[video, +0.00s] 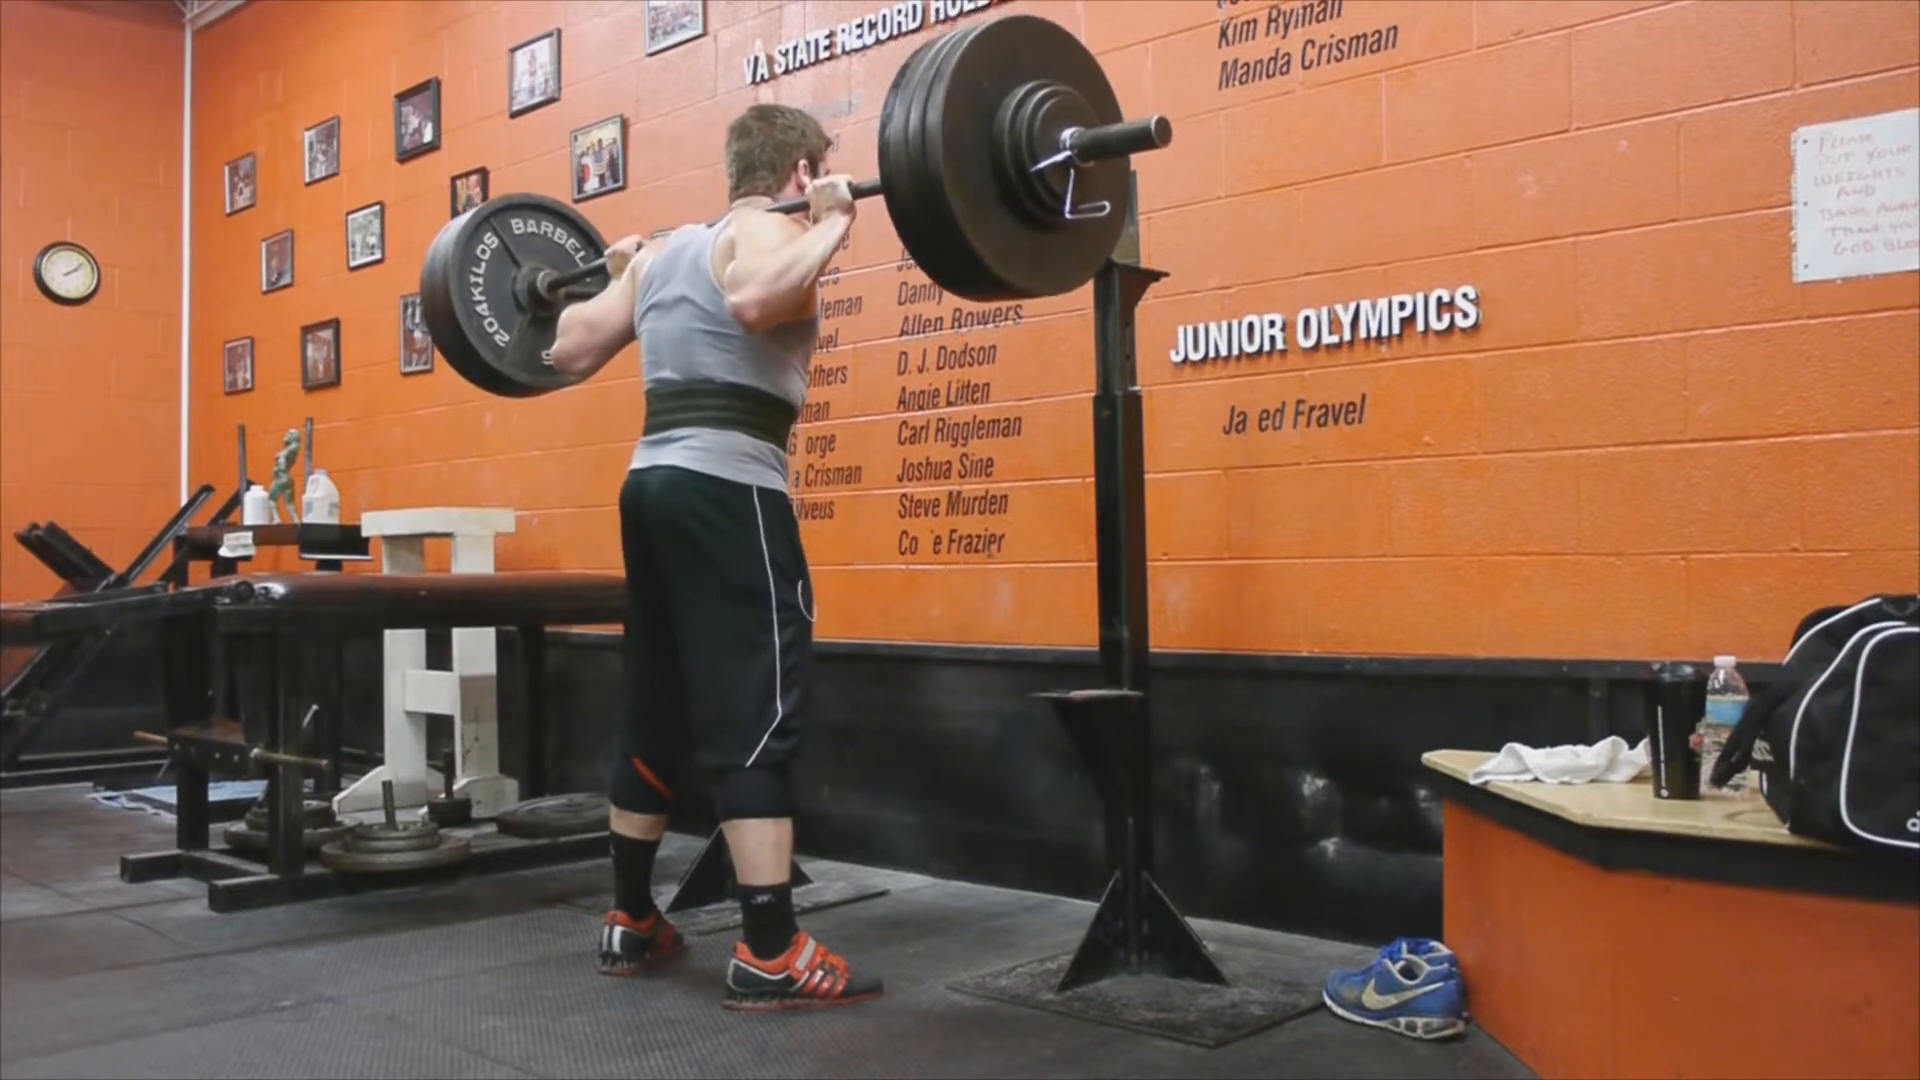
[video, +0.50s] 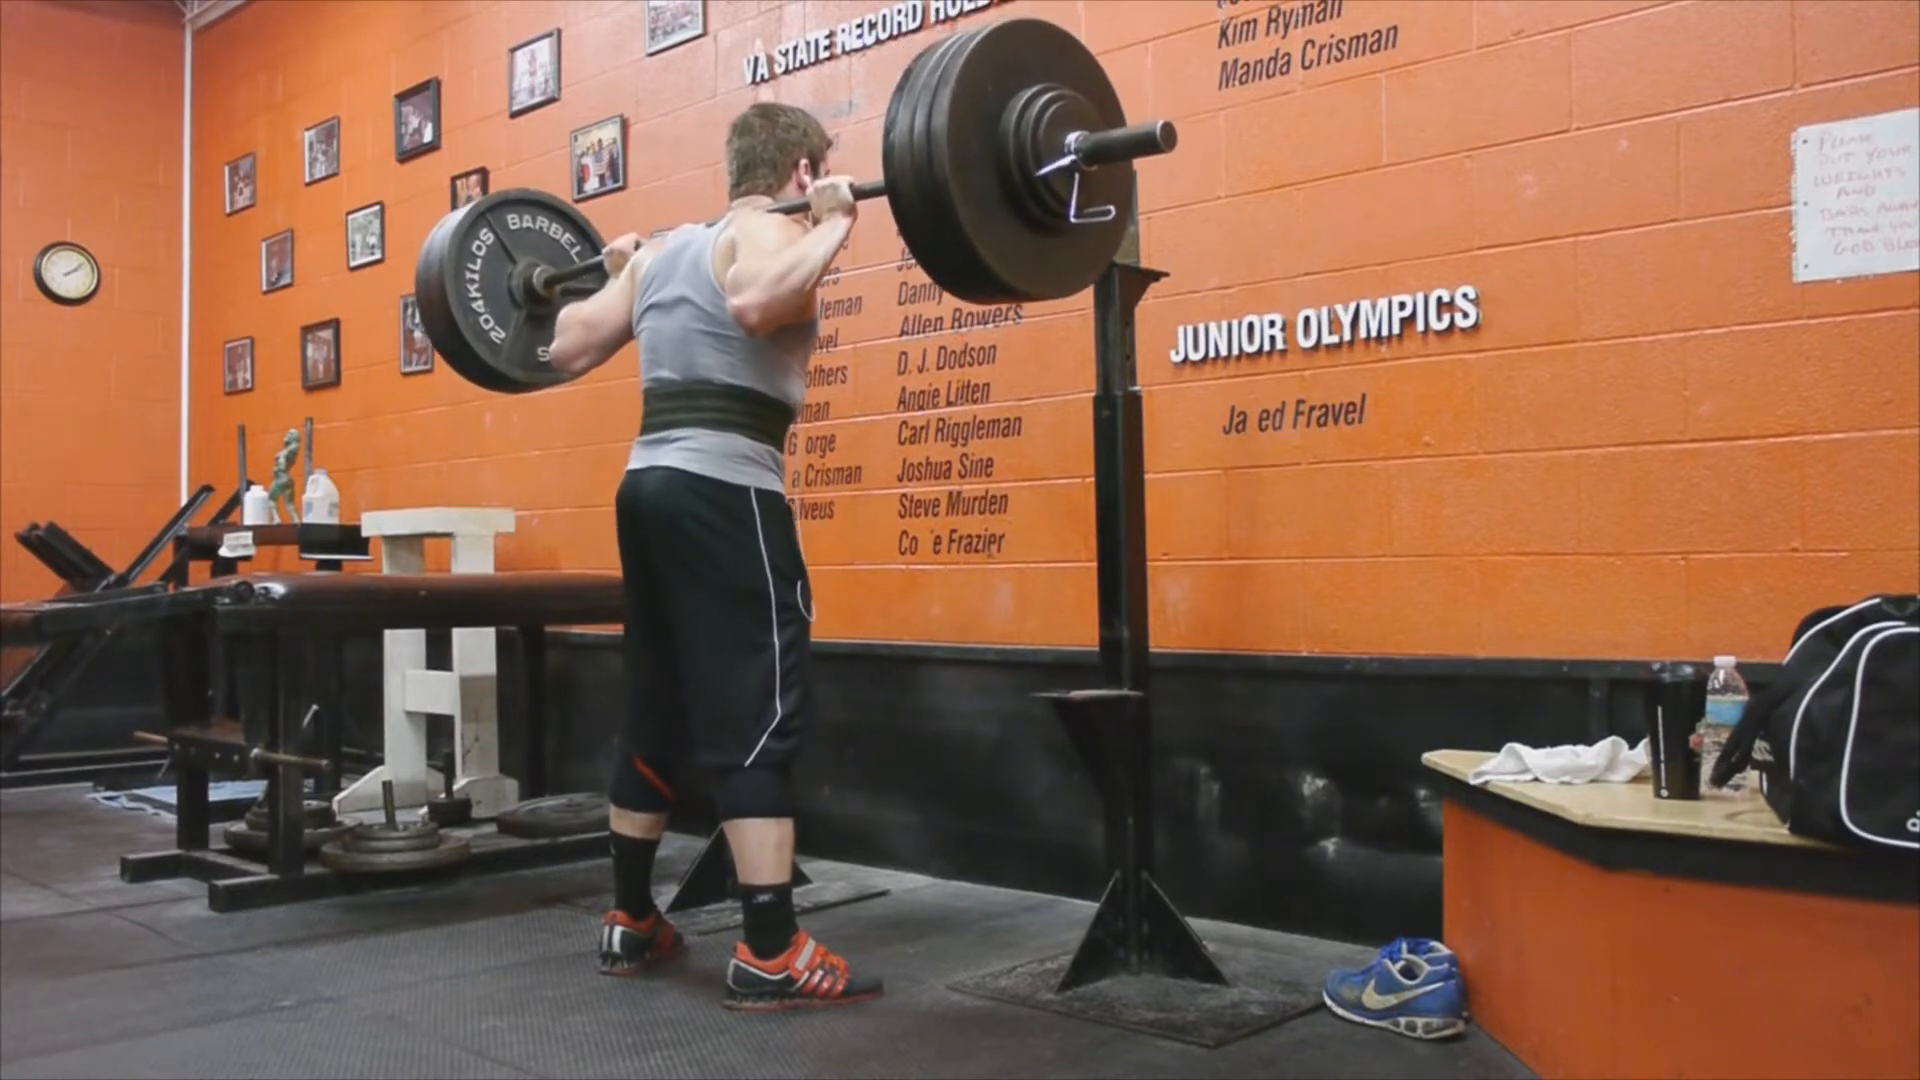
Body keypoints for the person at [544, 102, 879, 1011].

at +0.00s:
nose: (825, 191)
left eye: (825, 175)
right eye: (823, 175)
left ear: (736, 174)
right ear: (799, 170)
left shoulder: (664, 253)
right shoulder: (772, 226)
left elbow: (566, 350)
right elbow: (752, 300)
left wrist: (611, 274)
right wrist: (833, 226)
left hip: (652, 485)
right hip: (728, 486)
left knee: (658, 709)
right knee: (755, 714)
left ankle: (631, 920)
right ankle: (770, 947)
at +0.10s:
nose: (825, 192)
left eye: (825, 175)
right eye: (823, 176)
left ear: (736, 175)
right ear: (799, 171)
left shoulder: (665, 252)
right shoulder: (774, 227)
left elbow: (566, 349)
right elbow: (752, 301)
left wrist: (610, 273)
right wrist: (834, 227)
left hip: (653, 485)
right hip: (729, 487)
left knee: (658, 709)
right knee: (756, 714)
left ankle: (631, 920)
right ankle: (770, 946)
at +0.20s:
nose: (827, 191)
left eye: (827, 175)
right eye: (825, 175)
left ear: (736, 174)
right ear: (800, 169)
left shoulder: (664, 251)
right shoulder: (775, 226)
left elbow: (566, 349)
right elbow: (753, 302)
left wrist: (608, 272)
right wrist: (834, 228)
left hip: (654, 484)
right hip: (730, 487)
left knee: (659, 708)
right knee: (757, 712)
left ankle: (631, 920)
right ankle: (770, 946)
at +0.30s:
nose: (825, 190)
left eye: (825, 174)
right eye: (823, 175)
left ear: (735, 173)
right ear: (799, 169)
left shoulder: (664, 252)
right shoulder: (775, 227)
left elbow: (566, 349)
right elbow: (753, 303)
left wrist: (607, 273)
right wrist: (834, 228)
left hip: (654, 486)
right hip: (730, 488)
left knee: (660, 709)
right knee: (758, 713)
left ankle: (631, 920)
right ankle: (770, 946)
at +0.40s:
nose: (824, 189)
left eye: (823, 174)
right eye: (822, 174)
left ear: (735, 172)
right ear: (799, 169)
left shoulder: (663, 252)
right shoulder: (772, 226)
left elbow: (565, 349)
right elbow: (754, 304)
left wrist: (608, 273)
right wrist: (833, 228)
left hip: (652, 485)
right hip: (729, 487)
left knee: (659, 709)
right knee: (757, 713)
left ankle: (631, 920)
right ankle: (770, 947)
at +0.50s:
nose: (825, 189)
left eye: (824, 174)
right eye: (823, 174)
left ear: (737, 171)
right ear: (800, 169)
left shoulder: (664, 251)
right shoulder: (773, 227)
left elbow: (564, 347)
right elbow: (753, 303)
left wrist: (607, 273)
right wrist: (833, 229)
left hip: (650, 486)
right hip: (725, 488)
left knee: (658, 708)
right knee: (758, 713)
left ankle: (631, 920)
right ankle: (770, 947)